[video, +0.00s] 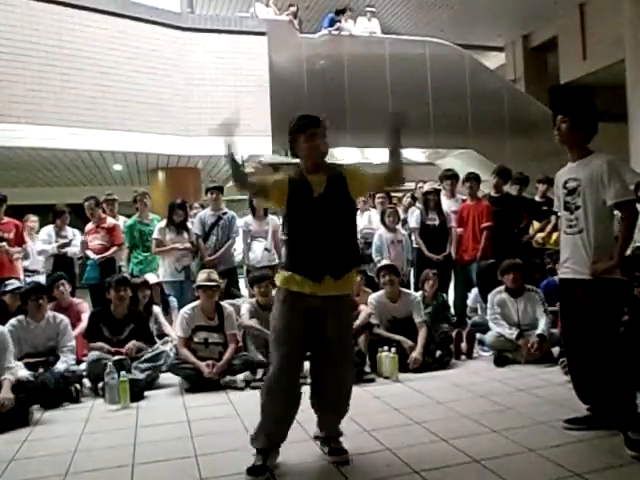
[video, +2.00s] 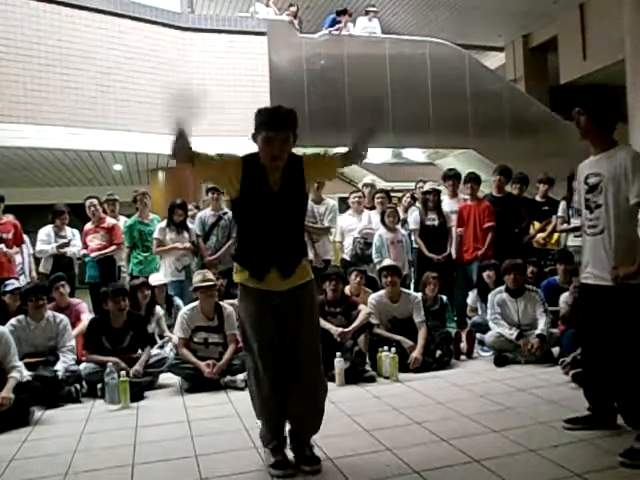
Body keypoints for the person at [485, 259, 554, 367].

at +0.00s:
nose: (512, 277)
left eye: (515, 273)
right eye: (508, 274)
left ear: (522, 275)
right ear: (502, 278)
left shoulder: (535, 293)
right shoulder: (495, 296)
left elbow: (544, 316)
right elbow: (494, 320)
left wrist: (540, 336)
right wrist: (517, 335)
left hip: (531, 331)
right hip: (508, 333)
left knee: (552, 336)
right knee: (491, 339)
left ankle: (512, 357)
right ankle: (539, 355)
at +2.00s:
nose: (513, 278)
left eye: (516, 274)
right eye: (509, 274)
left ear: (523, 276)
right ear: (504, 277)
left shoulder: (535, 293)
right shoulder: (495, 296)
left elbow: (543, 315)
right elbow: (494, 320)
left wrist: (540, 336)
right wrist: (517, 336)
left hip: (531, 331)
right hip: (508, 333)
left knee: (553, 335)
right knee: (491, 338)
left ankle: (513, 357)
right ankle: (538, 355)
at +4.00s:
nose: (517, 280)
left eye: (521, 276)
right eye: (513, 277)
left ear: (527, 278)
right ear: (508, 280)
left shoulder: (539, 296)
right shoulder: (499, 299)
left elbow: (548, 319)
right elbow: (498, 323)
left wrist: (544, 339)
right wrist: (522, 339)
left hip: (535, 335)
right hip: (512, 336)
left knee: (558, 338)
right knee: (495, 341)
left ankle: (519, 360)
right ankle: (541, 358)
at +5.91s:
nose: (517, 281)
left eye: (520, 276)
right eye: (512, 277)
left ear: (527, 278)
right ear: (507, 280)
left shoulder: (539, 296)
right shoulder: (499, 299)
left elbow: (548, 319)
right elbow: (498, 323)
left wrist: (544, 339)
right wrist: (521, 339)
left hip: (535, 334)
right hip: (513, 335)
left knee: (559, 338)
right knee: (495, 341)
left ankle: (519, 360)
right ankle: (542, 358)